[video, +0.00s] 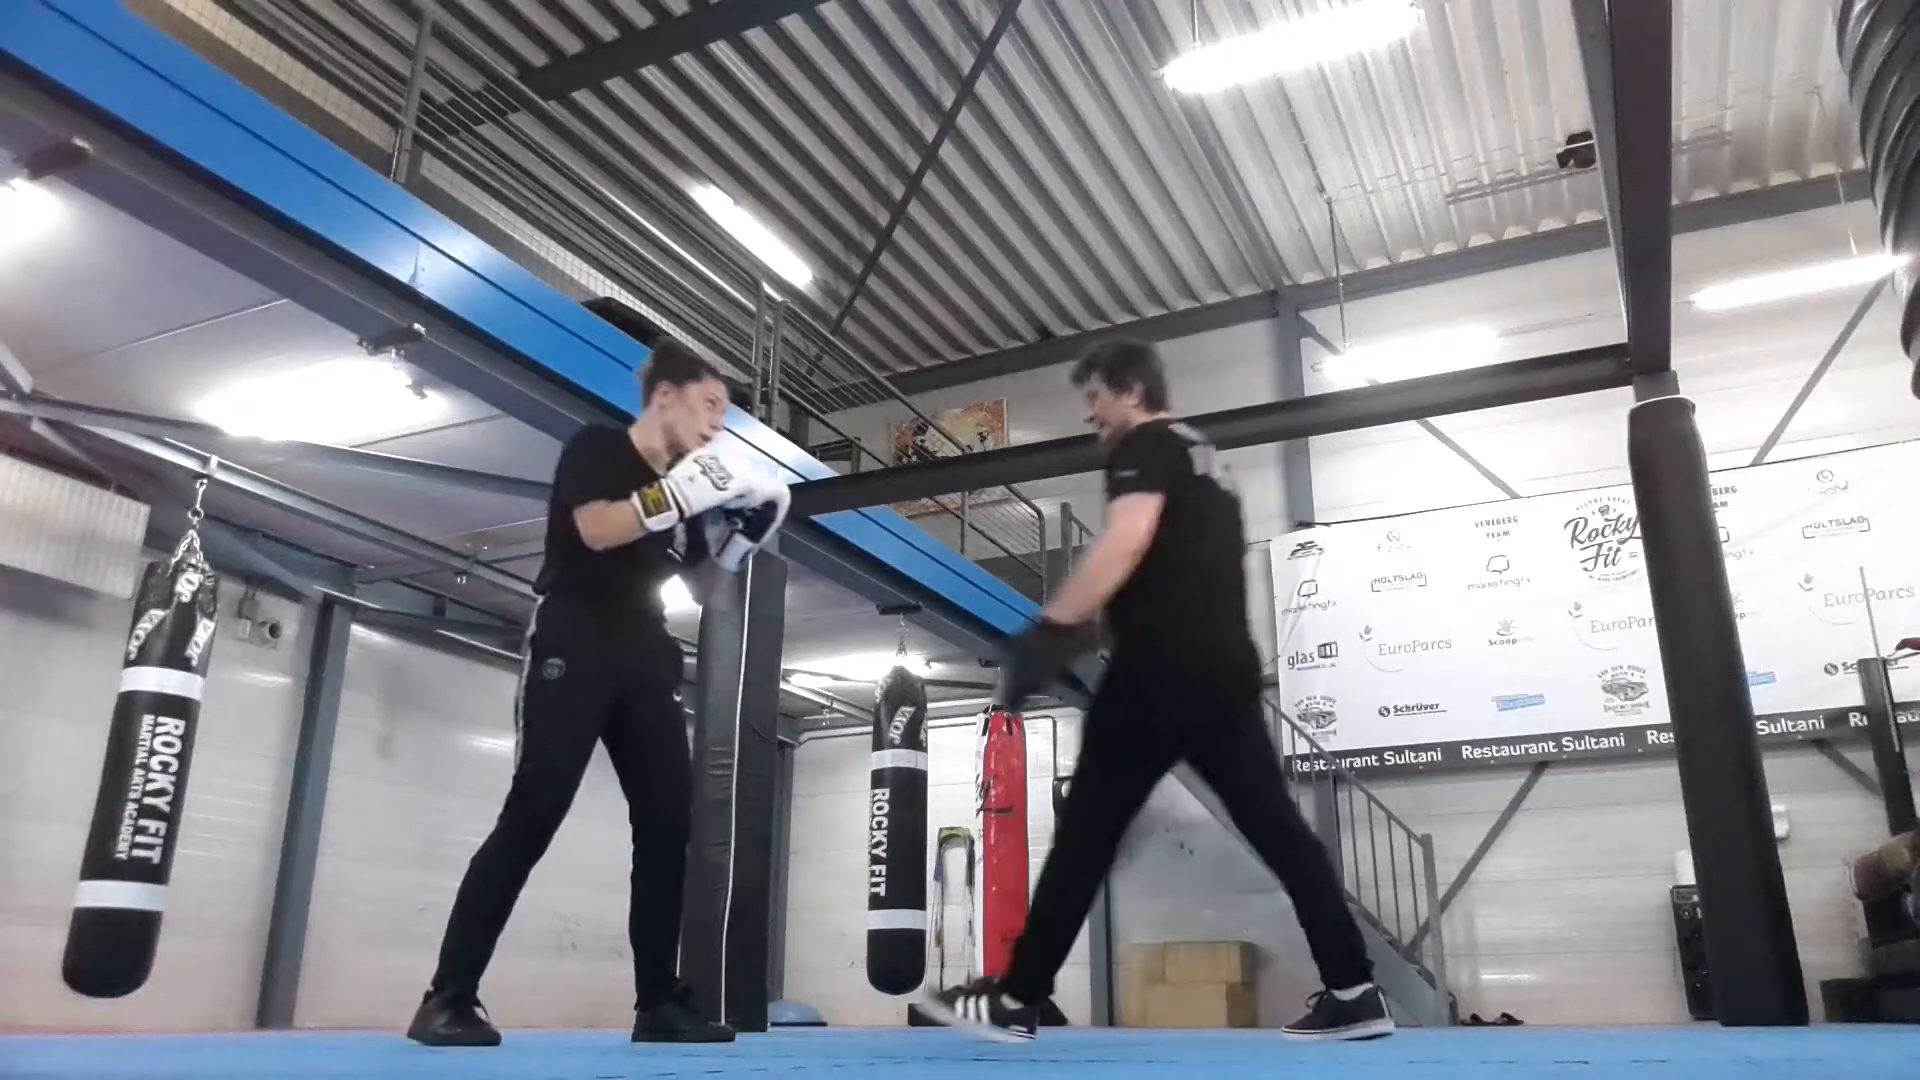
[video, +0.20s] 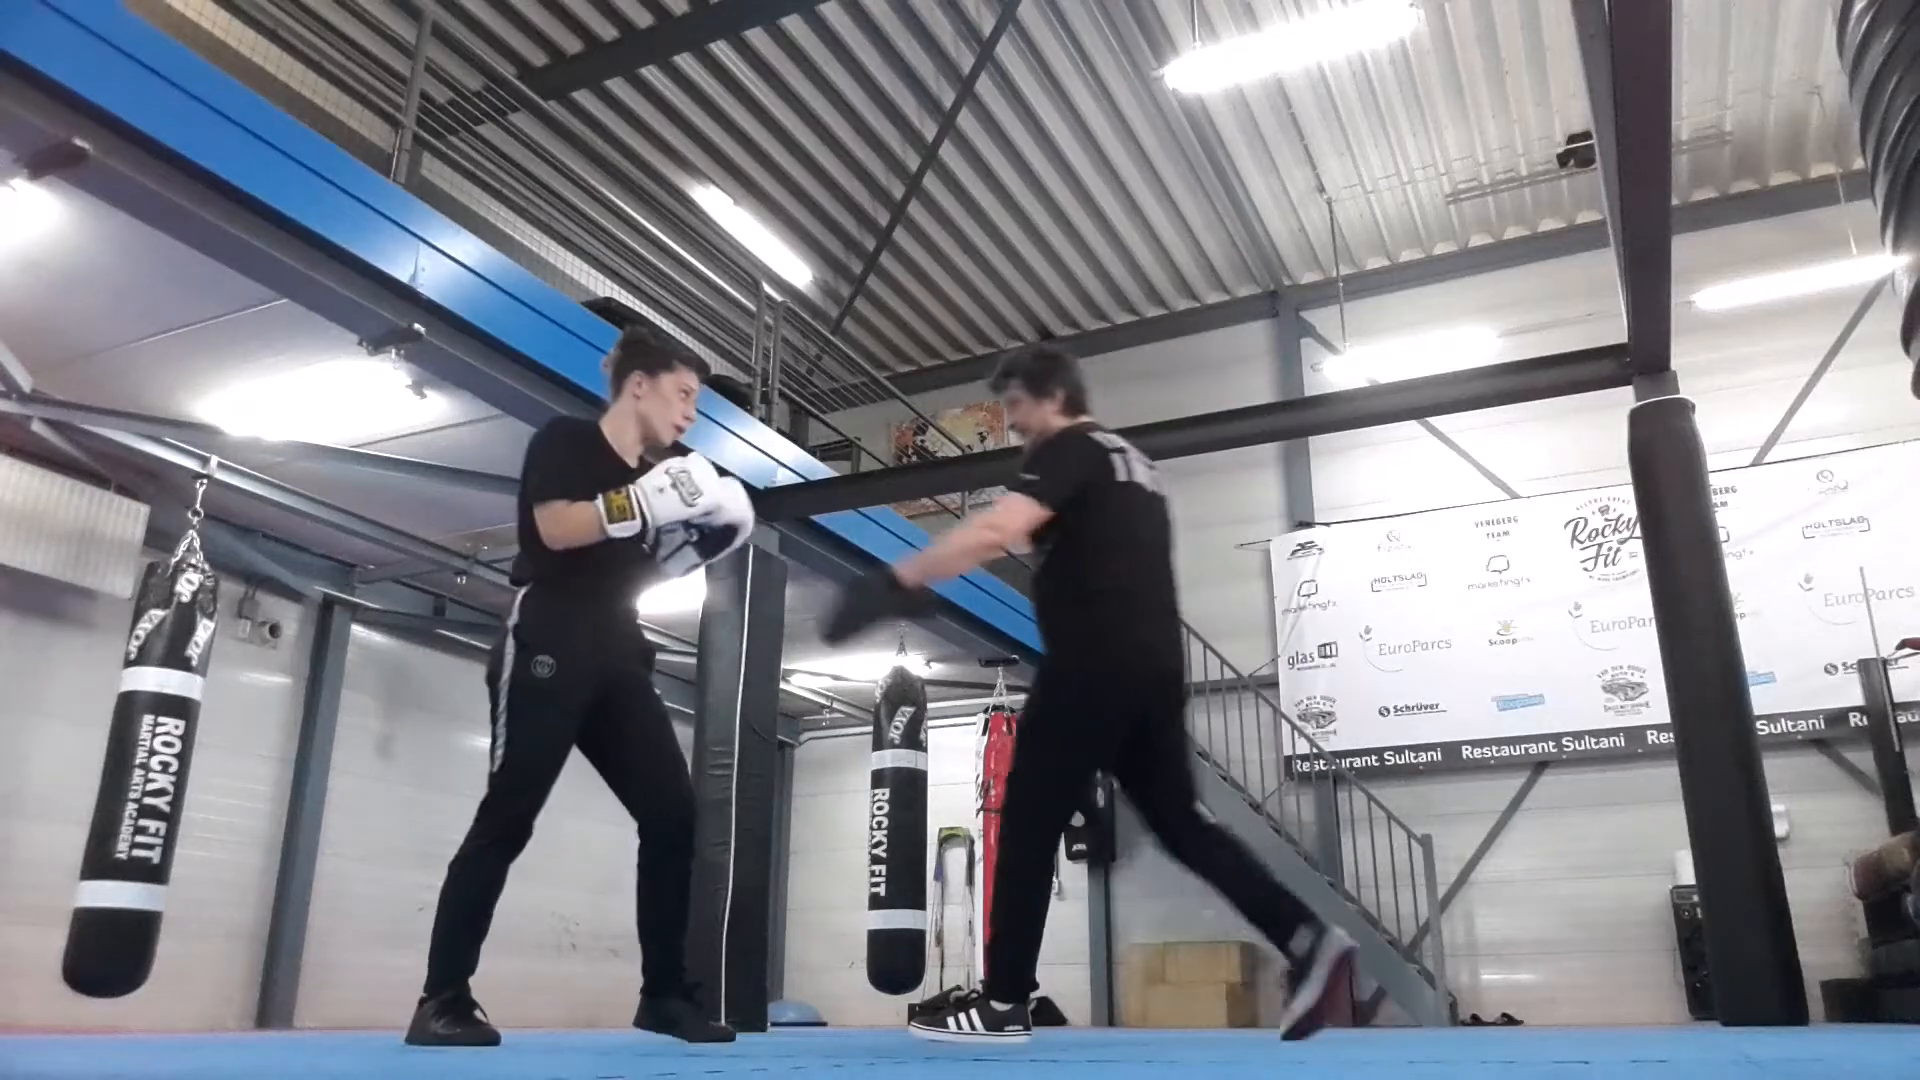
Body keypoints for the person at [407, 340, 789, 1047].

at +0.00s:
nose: (717, 424)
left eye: (722, 413)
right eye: (710, 406)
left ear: (698, 414)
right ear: (663, 396)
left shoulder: (679, 485)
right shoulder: (596, 446)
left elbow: (704, 585)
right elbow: (594, 528)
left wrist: (744, 528)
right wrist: (683, 491)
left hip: (644, 659)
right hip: (573, 651)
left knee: (666, 824)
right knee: (530, 819)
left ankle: (658, 1004)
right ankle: (447, 1000)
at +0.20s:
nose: (690, 413)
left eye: (695, 401)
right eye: (682, 395)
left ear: (671, 402)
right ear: (636, 384)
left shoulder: (656, 479)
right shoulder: (566, 439)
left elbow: (629, 573)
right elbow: (553, 528)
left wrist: (702, 542)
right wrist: (645, 501)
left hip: (614, 660)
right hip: (546, 649)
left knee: (671, 812)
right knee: (505, 819)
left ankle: (665, 997)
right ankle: (443, 998)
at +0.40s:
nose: (678, 416)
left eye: (683, 403)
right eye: (672, 397)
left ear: (641, 397)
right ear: (629, 384)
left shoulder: (629, 473)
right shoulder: (562, 432)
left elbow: (621, 574)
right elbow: (583, 511)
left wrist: (688, 535)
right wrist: (662, 481)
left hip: (609, 652)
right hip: (545, 644)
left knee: (653, 818)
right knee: (503, 822)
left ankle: (643, 1002)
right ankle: (443, 999)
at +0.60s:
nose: (705, 417)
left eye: (709, 406)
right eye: (701, 401)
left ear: (670, 399)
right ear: (659, 388)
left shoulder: (654, 467)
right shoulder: (598, 433)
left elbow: (696, 564)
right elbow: (647, 509)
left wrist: (737, 500)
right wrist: (704, 460)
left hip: (618, 636)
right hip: (560, 626)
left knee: (642, 823)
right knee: (551, 805)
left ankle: (640, 1005)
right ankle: (448, 993)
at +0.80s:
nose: (723, 431)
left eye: (727, 418)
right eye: (719, 413)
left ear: (688, 405)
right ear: (679, 395)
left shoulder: (671, 480)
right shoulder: (610, 438)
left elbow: (659, 585)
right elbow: (618, 533)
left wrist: (711, 554)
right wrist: (694, 506)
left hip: (619, 654)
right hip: (557, 637)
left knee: (647, 822)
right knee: (559, 782)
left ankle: (641, 1006)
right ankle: (410, 960)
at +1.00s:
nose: (678, 431)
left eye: (682, 419)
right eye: (676, 415)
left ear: (635, 408)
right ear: (637, 401)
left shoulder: (612, 479)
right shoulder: (571, 447)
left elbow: (650, 583)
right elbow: (627, 524)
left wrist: (680, 521)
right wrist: (679, 484)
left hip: (589, 663)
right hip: (534, 655)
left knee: (658, 834)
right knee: (508, 827)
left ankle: (646, 1007)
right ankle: (325, 989)